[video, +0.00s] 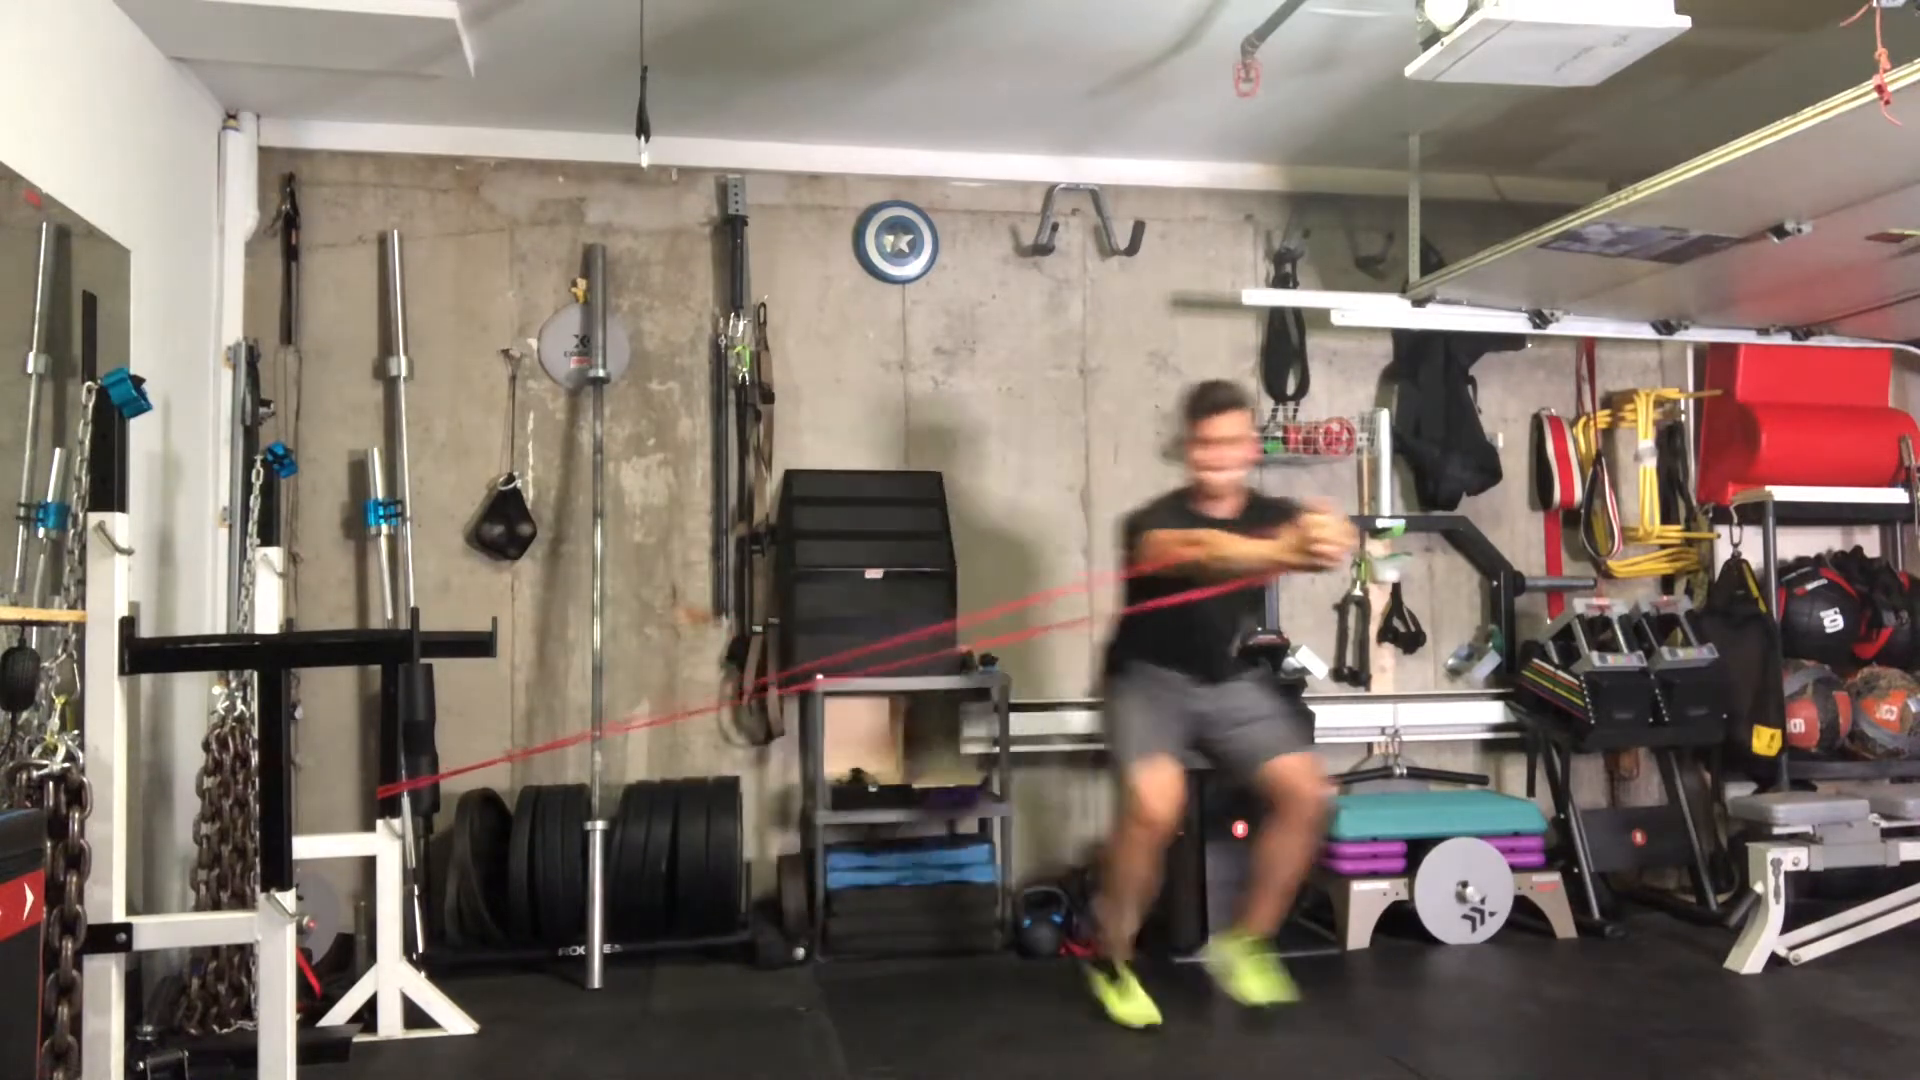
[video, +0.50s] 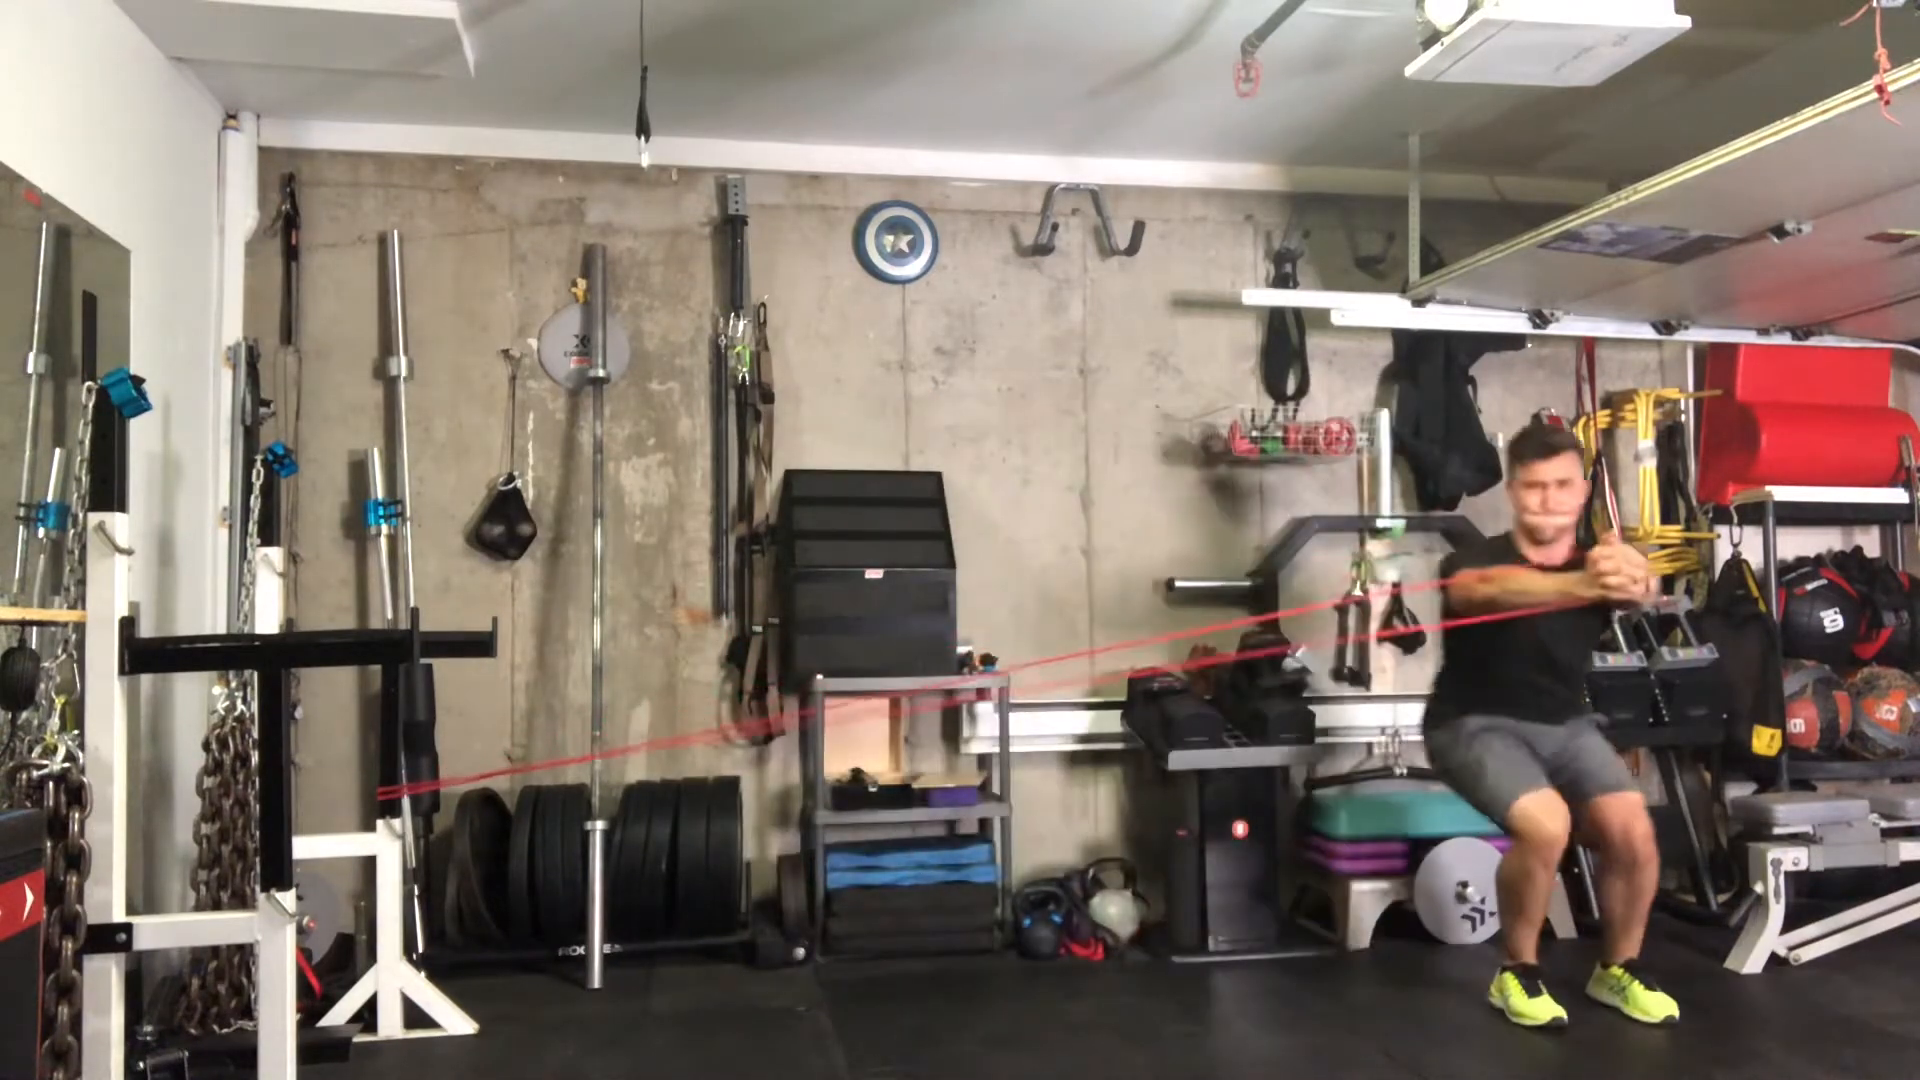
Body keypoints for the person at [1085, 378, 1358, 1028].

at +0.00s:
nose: (1220, 456)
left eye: (1234, 442)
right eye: (1207, 443)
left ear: (1253, 449)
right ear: (1187, 449)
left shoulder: (1275, 516)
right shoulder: (1153, 525)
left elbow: (1325, 541)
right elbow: (1211, 553)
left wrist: (1332, 535)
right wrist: (1295, 551)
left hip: (1233, 680)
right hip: (1150, 681)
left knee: (1305, 792)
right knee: (1157, 804)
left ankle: (1245, 942)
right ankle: (1112, 958)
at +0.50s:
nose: (1548, 500)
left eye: (1563, 486)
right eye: (1533, 486)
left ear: (1583, 493)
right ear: (1510, 492)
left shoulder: (1599, 556)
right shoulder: (1475, 557)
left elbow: (1642, 583)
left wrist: (1637, 575)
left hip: (1568, 724)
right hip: (1477, 722)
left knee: (1631, 826)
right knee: (1545, 824)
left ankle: (1616, 971)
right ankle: (1519, 972)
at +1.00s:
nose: (1500, 415)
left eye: (1515, 401)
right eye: (1489, 404)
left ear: (1553, 414)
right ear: (1479, 419)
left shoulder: (1597, 503)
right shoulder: (1453, 498)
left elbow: (1572, 590)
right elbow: (1403, 600)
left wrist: (1482, 627)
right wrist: (1439, 623)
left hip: (1565, 696)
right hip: (1463, 687)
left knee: (1619, 836)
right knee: (1422, 797)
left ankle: (1614, 970)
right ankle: (1389, 954)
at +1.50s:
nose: (1213, 356)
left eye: (1228, 344)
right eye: (1215, 343)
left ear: (1276, 359)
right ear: (1239, 361)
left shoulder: (1307, 452)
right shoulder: (1212, 454)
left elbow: (1262, 568)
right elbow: (1173, 545)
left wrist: (1155, 605)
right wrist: (1124, 597)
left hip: (1299, 657)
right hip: (1231, 655)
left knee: (1277, 801)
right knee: (1226, 810)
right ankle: (1265, 974)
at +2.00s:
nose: (1007, 344)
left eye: (1026, 335)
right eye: (1012, 331)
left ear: (1071, 358)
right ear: (1037, 355)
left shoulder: (1078, 462)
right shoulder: (994, 456)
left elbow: (1080, 594)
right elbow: (974, 561)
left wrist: (963, 634)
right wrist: (934, 616)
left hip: (1044, 674)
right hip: (989, 669)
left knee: (957, 824)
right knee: (969, 826)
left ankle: (972, 1031)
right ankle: (1114, 911)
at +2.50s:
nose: (821, 351)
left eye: (838, 340)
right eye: (812, 339)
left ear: (869, 360)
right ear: (797, 356)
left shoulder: (903, 470)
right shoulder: (753, 463)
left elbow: (957, 578)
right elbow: (711, 572)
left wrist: (870, 614)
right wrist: (768, 614)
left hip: (858, 689)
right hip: (757, 685)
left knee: (873, 837)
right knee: (700, 831)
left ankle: (967, 1020)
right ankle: (667, 999)